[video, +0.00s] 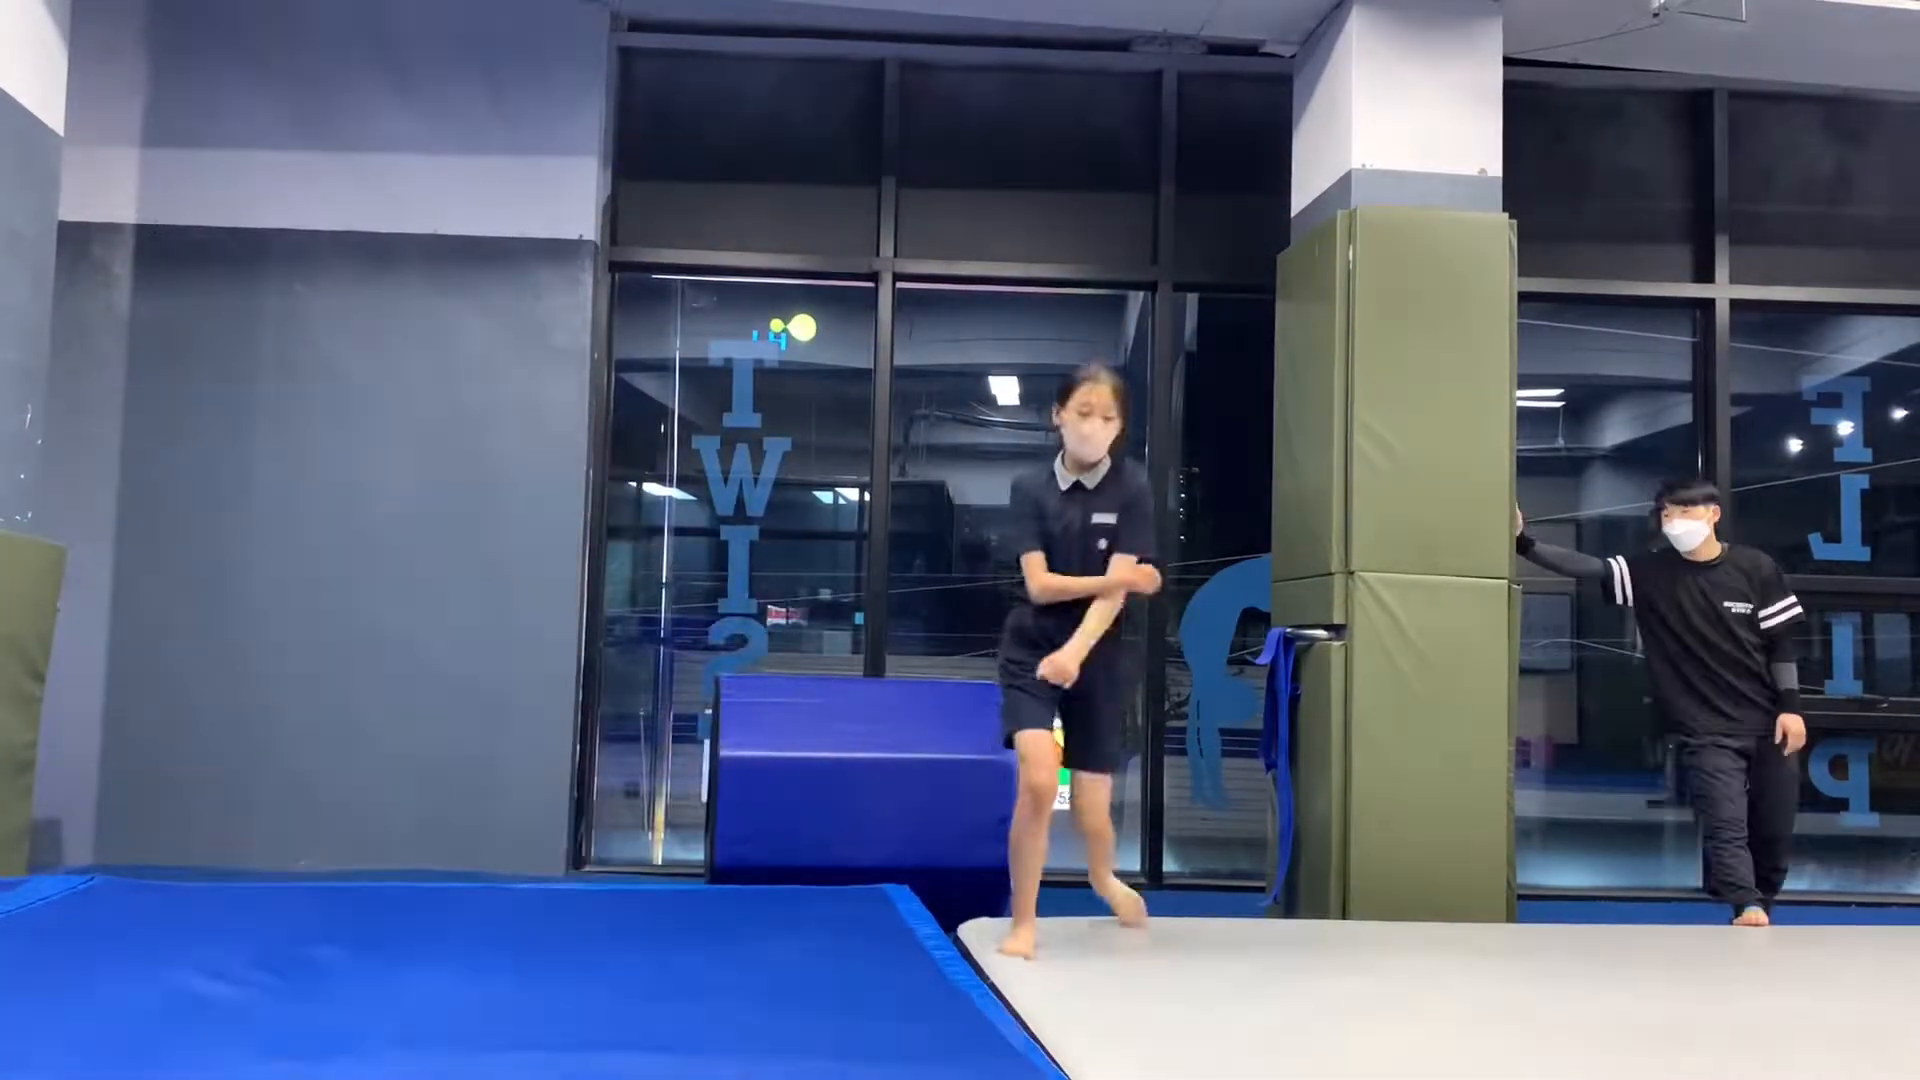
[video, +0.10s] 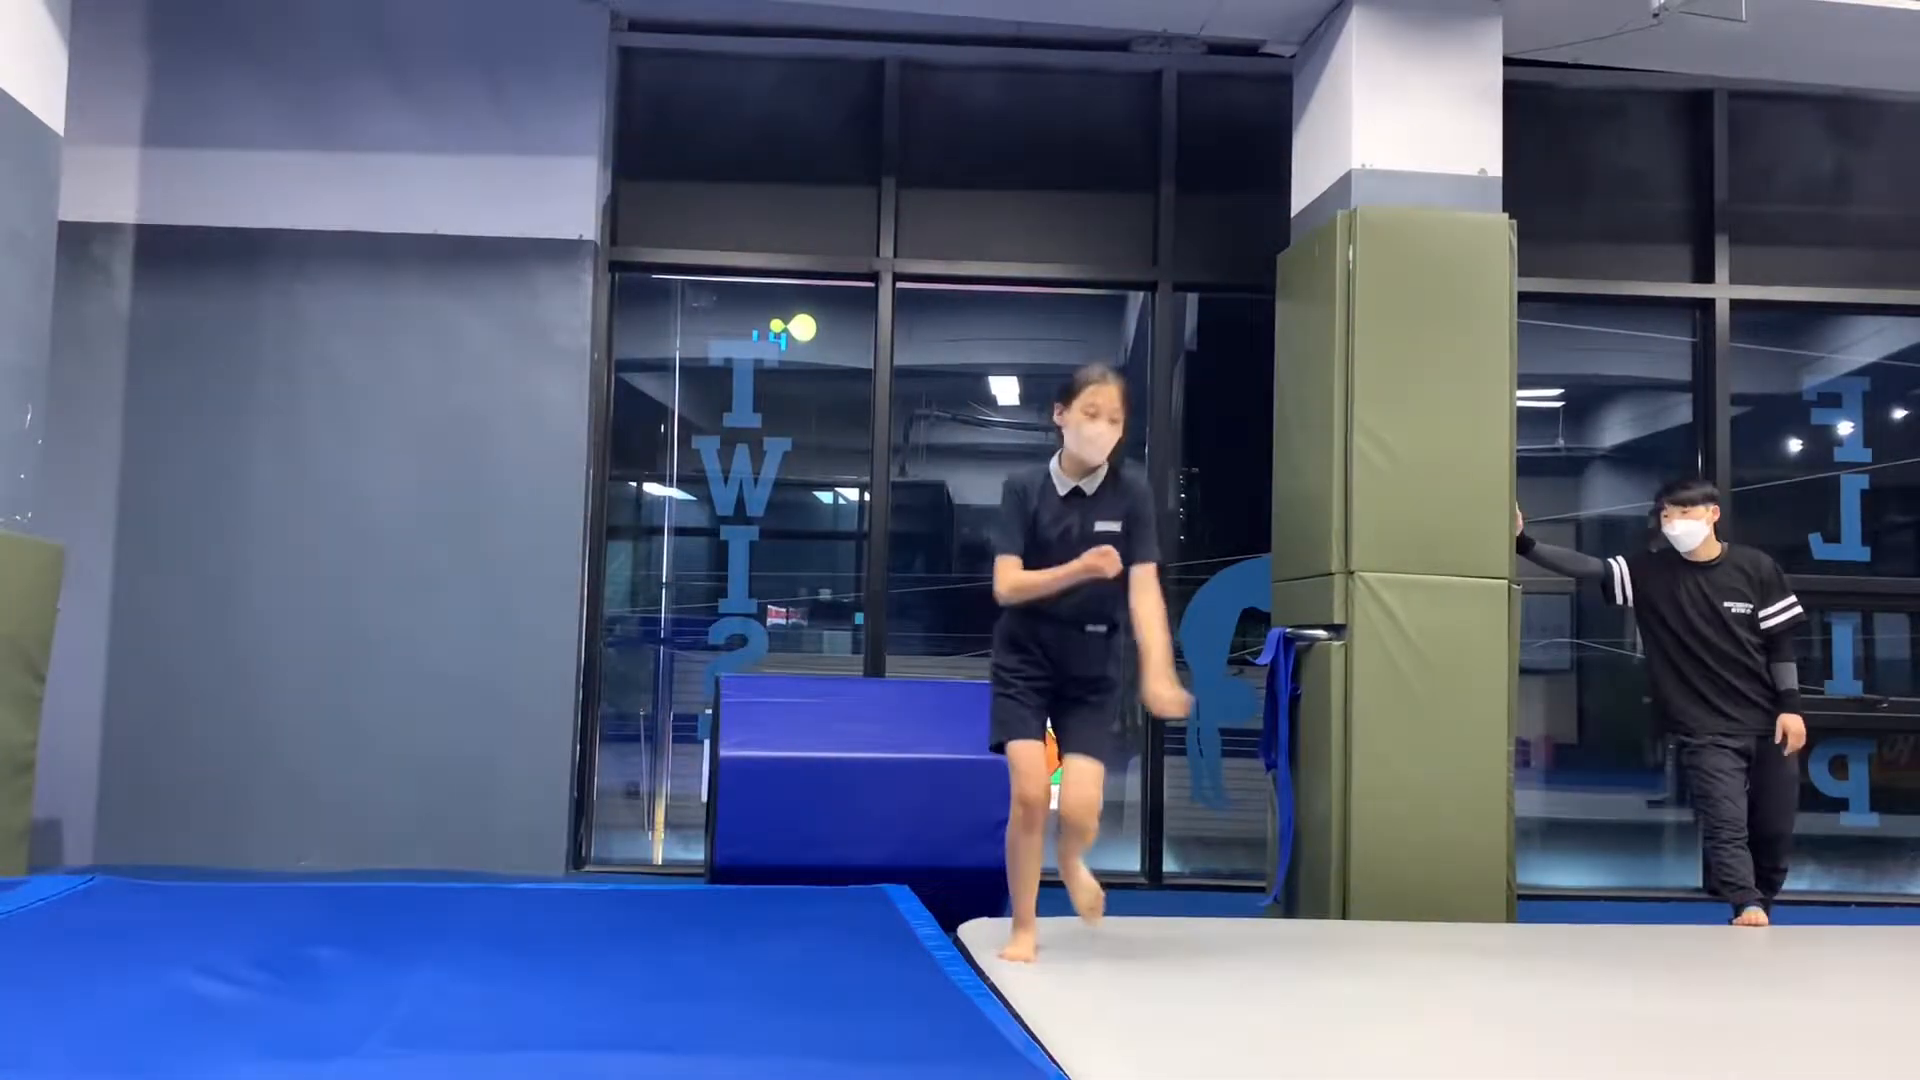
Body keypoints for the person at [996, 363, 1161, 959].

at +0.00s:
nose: (1093, 425)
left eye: (1105, 417)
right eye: (1083, 413)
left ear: (1119, 428)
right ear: (1059, 416)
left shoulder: (1132, 488)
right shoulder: (1031, 487)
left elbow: (1118, 587)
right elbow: (1038, 585)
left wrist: (1073, 649)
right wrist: (1118, 578)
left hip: (1101, 652)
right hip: (1032, 650)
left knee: (1093, 804)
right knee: (1039, 784)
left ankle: (1103, 878)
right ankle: (1023, 923)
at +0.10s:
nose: (1102, 427)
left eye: (1112, 418)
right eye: (1091, 413)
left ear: (1122, 431)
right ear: (1060, 417)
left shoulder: (1131, 492)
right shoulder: (1024, 489)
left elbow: (1146, 589)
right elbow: (1007, 586)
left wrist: (1158, 674)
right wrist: (1079, 568)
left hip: (1094, 667)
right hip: (1024, 661)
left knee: (1081, 807)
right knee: (1031, 798)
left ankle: (1070, 861)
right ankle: (1023, 929)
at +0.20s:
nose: (1131, 405)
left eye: (1141, 395)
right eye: (1122, 389)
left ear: (1146, 405)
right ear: (1085, 385)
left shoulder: (1134, 474)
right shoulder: (1033, 451)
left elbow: (1178, 550)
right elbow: (979, 516)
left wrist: (1233, 623)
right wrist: (1069, 485)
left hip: (1094, 643)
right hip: (1020, 639)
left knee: (1085, 765)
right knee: (1024, 784)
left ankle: (1058, 872)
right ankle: (1020, 926)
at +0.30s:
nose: (1170, 357)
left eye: (1178, 349)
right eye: (1162, 340)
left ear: (1177, 360)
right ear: (1121, 336)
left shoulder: (1143, 420)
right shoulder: (1066, 391)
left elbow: (1145, 491)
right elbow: (987, 405)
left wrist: (1161, 528)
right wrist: (1090, 363)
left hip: (1097, 589)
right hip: (1026, 582)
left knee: (1111, 732)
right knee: (999, 746)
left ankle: (1069, 893)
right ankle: (990, 893)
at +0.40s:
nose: (1194, 343)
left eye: (1200, 335)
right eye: (1186, 326)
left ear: (1188, 345)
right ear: (1142, 321)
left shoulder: (1157, 398)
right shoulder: (1091, 363)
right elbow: (996, 383)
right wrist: (1024, 334)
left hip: (1111, 574)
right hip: (1049, 554)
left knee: (1138, 738)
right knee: (959, 717)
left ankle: (1121, 907)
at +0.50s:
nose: (1205, 366)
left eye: (1207, 356)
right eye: (1194, 351)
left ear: (1186, 365)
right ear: (1150, 352)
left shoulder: (1161, 428)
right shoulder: (1109, 394)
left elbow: (1087, 502)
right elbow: (1013, 428)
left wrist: (1025, 550)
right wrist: (953, 408)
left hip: (1116, 615)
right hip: (1056, 589)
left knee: (1170, 779)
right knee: (930, 699)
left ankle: (1143, 964)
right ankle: (836, 727)